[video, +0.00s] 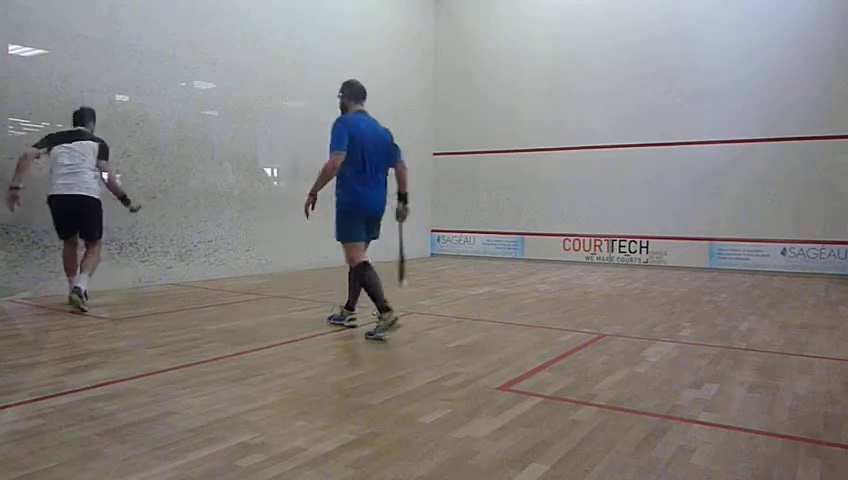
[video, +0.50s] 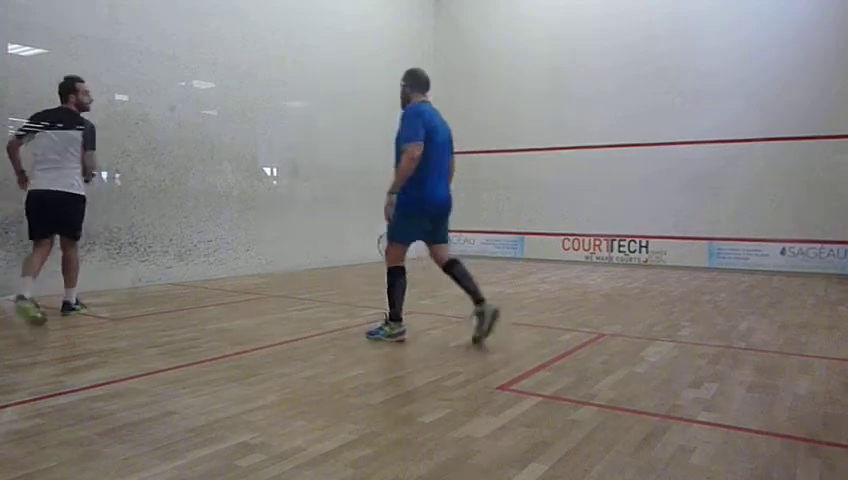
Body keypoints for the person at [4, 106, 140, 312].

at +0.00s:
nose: (94, 128)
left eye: (91, 125)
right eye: (94, 125)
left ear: (73, 122)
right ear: (92, 124)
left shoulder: (54, 138)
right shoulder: (99, 143)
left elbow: (26, 156)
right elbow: (108, 178)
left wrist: (14, 186)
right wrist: (124, 199)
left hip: (59, 197)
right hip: (88, 198)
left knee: (69, 243)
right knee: (93, 245)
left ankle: (74, 290)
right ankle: (80, 286)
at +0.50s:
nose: (90, 97)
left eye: (88, 92)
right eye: (85, 93)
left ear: (65, 97)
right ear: (71, 97)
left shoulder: (41, 117)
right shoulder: (85, 125)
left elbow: (12, 145)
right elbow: (89, 166)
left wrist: (19, 172)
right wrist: (86, 177)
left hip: (38, 194)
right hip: (71, 196)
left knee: (41, 245)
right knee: (69, 246)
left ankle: (24, 294)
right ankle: (70, 301)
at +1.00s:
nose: (75, 79)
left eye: (73, 75)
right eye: (69, 75)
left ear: (50, 82)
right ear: (52, 80)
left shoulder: (24, 109)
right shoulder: (62, 109)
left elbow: (8, 151)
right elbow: (60, 147)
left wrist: (18, 185)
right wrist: (83, 189)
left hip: (26, 190)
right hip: (57, 191)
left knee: (31, 245)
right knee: (73, 247)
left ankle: (18, 314)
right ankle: (73, 313)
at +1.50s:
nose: (103, 73)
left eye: (102, 68)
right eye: (97, 68)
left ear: (77, 75)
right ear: (79, 73)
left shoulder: (50, 102)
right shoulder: (88, 103)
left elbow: (53, 146)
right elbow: (90, 141)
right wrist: (116, 183)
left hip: (43, 185)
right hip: (70, 187)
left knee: (51, 250)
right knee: (71, 256)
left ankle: (34, 319)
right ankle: (72, 327)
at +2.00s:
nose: (111, 70)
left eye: (110, 65)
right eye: (105, 65)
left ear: (84, 70)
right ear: (87, 68)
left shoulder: (59, 96)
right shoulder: (95, 100)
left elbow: (64, 144)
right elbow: (94, 146)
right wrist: (114, 190)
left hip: (49, 185)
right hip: (78, 188)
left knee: (50, 252)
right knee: (74, 258)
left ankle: (37, 321)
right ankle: (72, 327)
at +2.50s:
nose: (113, 71)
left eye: (112, 66)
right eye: (107, 67)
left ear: (86, 72)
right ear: (90, 71)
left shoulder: (57, 97)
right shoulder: (96, 102)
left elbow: (47, 144)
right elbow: (99, 147)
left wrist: (83, 164)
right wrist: (123, 190)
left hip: (46, 184)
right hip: (76, 188)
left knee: (50, 249)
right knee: (73, 256)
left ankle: (36, 319)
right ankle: (72, 326)